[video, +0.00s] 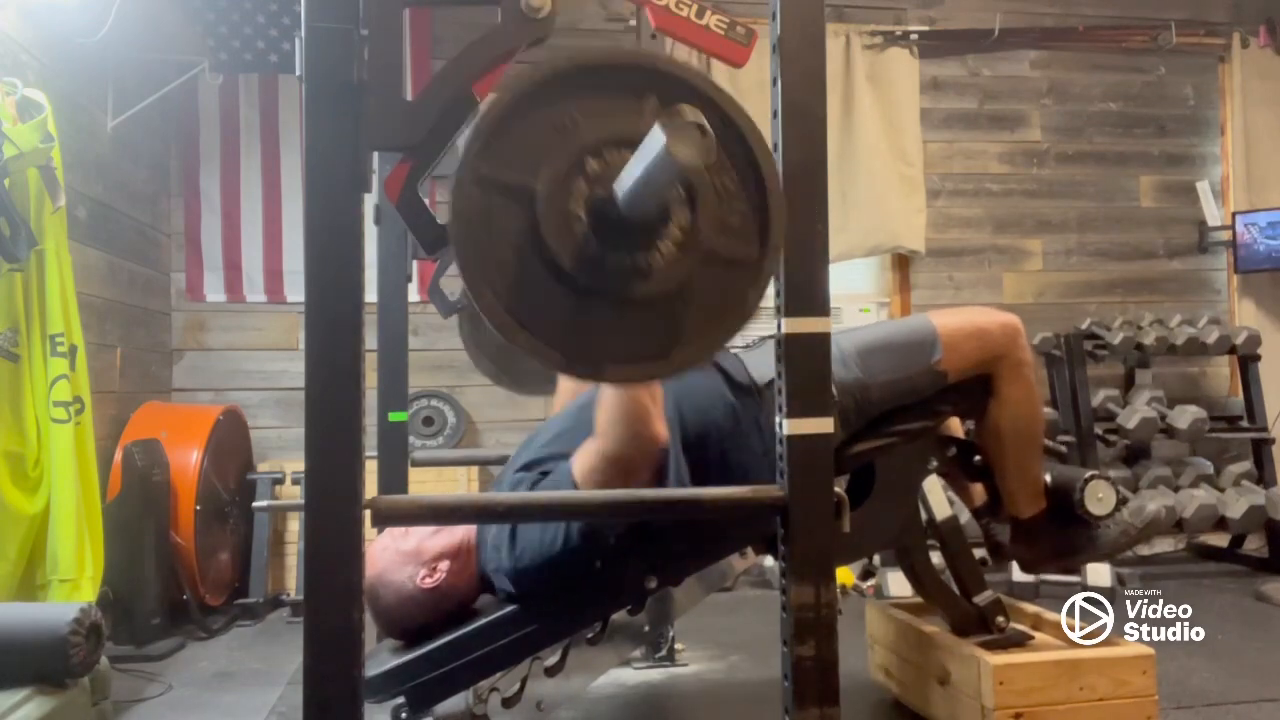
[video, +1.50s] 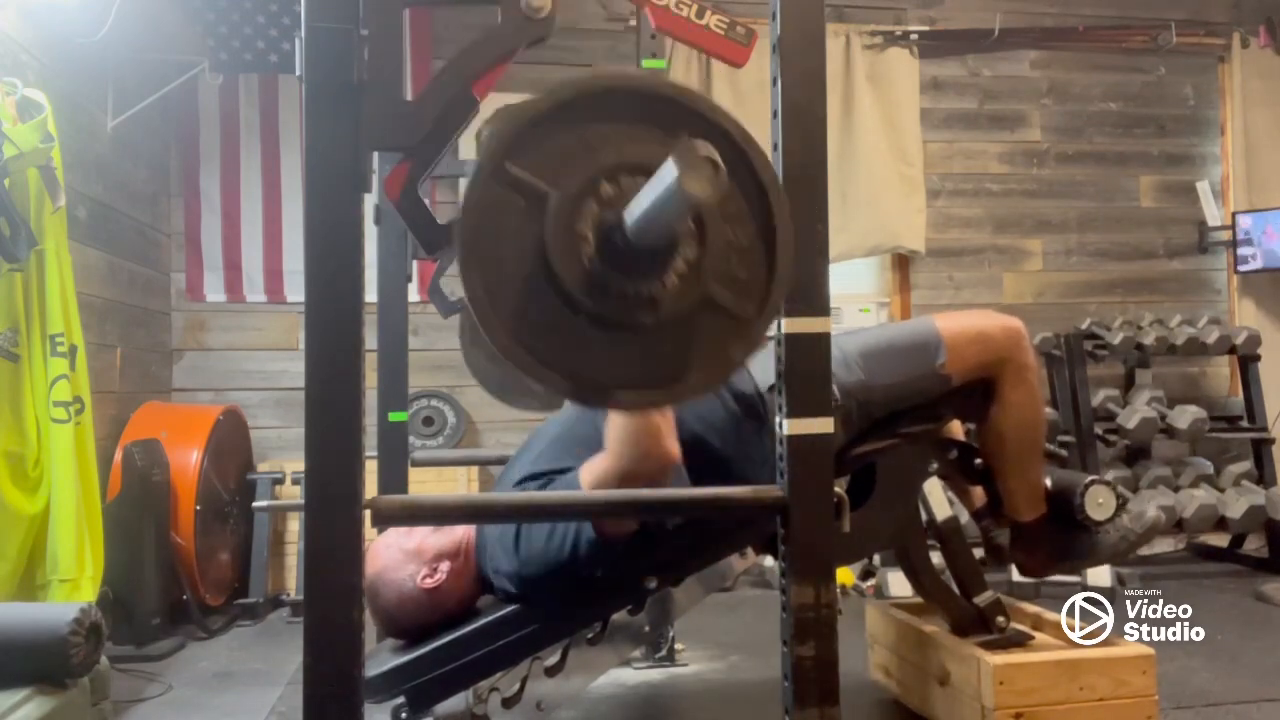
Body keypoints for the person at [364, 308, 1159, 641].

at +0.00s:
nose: (414, 528)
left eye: (396, 531)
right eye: (411, 546)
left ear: (428, 543)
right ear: (444, 578)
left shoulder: (499, 493)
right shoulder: (529, 555)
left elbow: (580, 403)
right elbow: (637, 436)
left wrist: (568, 278)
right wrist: (610, 290)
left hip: (738, 364)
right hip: (771, 420)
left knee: (927, 320)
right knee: (1000, 336)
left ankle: (972, 467)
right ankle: (1032, 521)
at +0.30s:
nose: (417, 528)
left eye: (399, 534)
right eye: (417, 547)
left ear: (427, 548)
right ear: (448, 575)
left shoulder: (493, 494)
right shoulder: (531, 537)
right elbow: (692, 533)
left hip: (698, 411)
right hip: (752, 440)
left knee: (903, 320)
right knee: (1002, 339)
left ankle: (978, 468)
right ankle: (1033, 527)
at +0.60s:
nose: (420, 531)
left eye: (402, 536)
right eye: (419, 550)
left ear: (427, 544)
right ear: (449, 577)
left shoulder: (493, 494)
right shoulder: (532, 544)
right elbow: (686, 530)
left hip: (699, 412)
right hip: (749, 449)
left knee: (926, 327)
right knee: (1005, 341)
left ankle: (984, 479)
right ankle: (1032, 529)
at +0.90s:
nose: (416, 529)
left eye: (397, 533)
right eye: (413, 549)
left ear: (427, 540)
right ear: (444, 579)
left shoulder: (503, 492)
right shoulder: (531, 556)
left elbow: (587, 399)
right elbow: (631, 427)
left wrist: (563, 271)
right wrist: (609, 274)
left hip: (739, 363)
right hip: (771, 421)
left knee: (937, 324)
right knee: (1003, 341)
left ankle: (975, 472)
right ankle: (1031, 528)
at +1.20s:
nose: (420, 528)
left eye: (403, 531)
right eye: (414, 547)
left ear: (430, 544)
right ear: (445, 579)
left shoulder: (509, 497)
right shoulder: (530, 550)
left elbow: (565, 375)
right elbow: (568, 391)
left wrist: (569, 207)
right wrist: (566, 218)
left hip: (752, 369)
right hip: (774, 417)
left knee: (968, 325)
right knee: (1004, 339)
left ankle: (992, 481)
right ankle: (1031, 525)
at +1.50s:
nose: (417, 532)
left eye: (399, 535)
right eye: (415, 551)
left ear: (426, 542)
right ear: (446, 580)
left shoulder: (496, 497)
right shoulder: (525, 549)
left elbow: (621, 427)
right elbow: (649, 457)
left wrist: (595, 308)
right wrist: (619, 319)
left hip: (745, 374)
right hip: (769, 427)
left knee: (944, 322)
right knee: (1004, 341)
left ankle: (978, 474)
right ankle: (1031, 527)